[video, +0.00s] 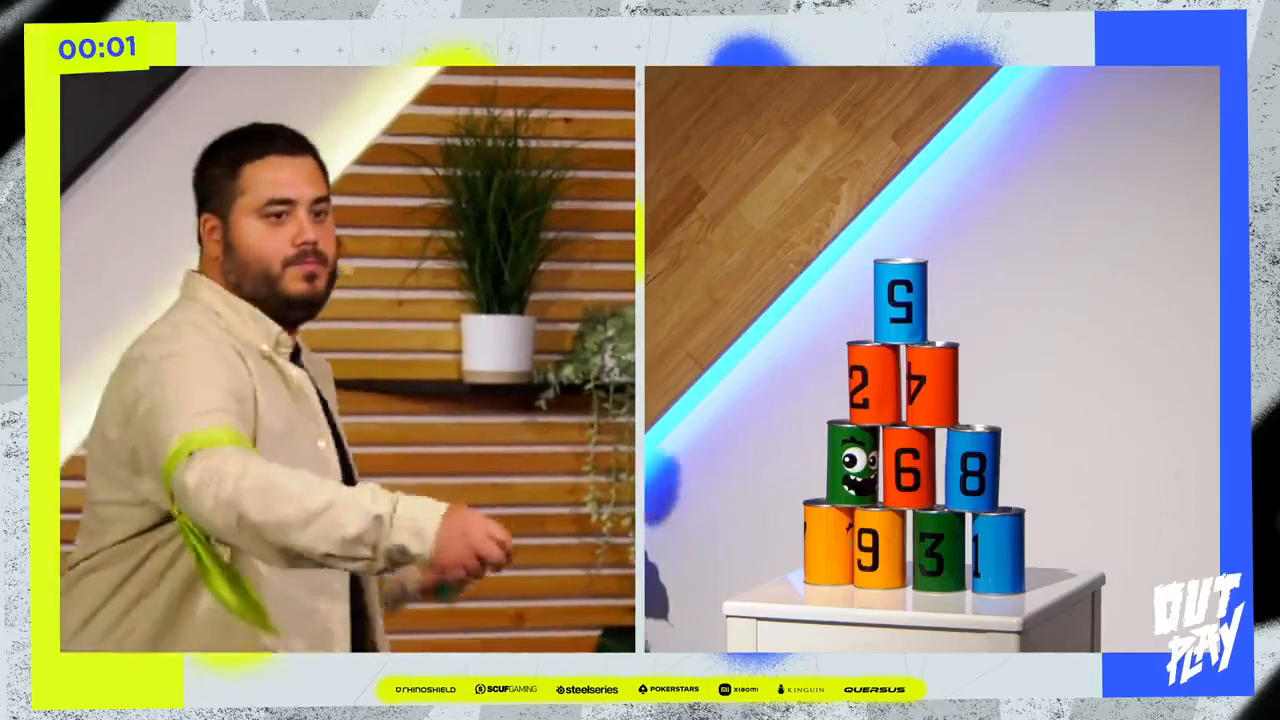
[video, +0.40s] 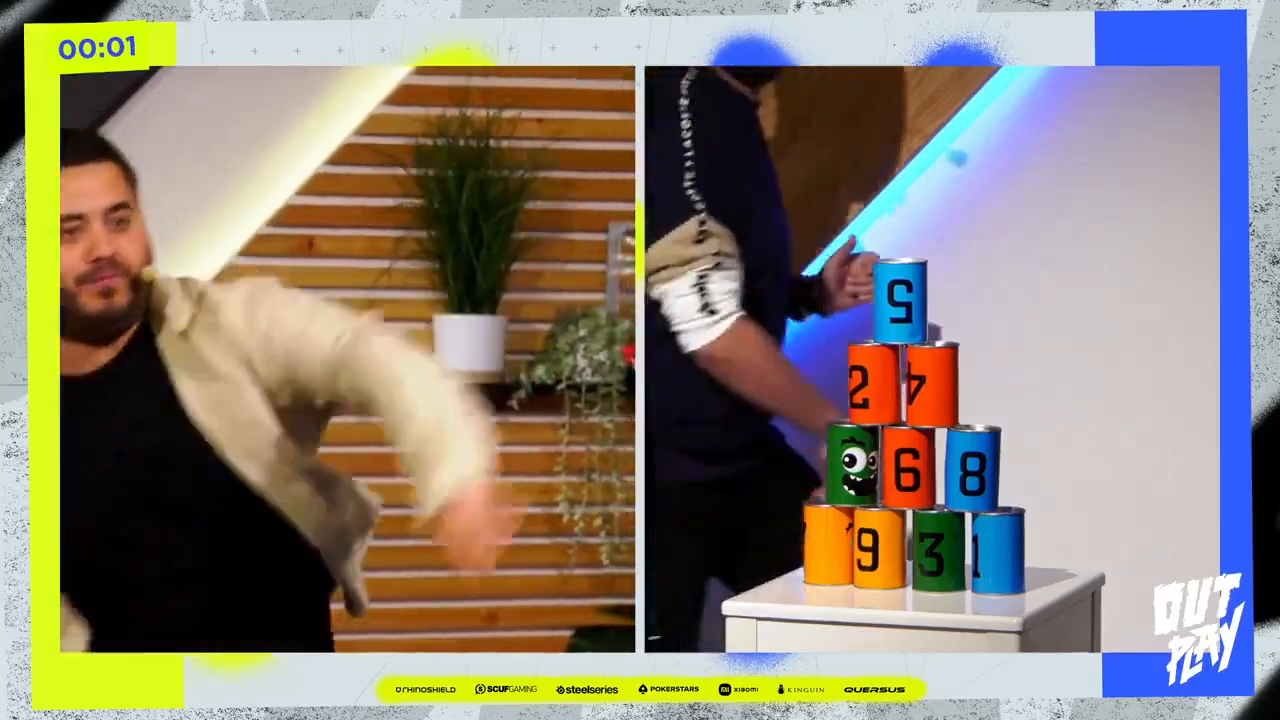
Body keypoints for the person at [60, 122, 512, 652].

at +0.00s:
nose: (310, 237)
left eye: (320, 213)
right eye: (277, 215)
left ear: (335, 226)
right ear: (214, 235)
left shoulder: (291, 370)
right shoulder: (184, 352)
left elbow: (269, 583)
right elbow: (216, 486)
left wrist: (413, 576)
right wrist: (415, 526)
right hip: (152, 694)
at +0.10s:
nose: (292, 241)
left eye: (303, 219)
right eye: (260, 221)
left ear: (317, 230)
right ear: (198, 240)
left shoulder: (265, 363)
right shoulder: (174, 353)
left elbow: (300, 491)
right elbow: (175, 485)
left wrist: (387, 412)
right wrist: (335, 562)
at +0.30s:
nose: (189, 213)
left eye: (201, 185)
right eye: (154, 192)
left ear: (220, 198)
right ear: (97, 217)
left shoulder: (311, 327)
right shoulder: (38, 360)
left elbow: (480, 335)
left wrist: (501, 162)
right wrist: (78, 647)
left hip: (309, 695)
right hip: (125, 701)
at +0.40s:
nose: (102, 249)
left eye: (117, 221)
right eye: (68, 230)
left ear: (143, 227)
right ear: (25, 250)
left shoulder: (227, 324)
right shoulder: (10, 392)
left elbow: (371, 354)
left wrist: (457, 475)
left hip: (284, 670)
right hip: (126, 686)